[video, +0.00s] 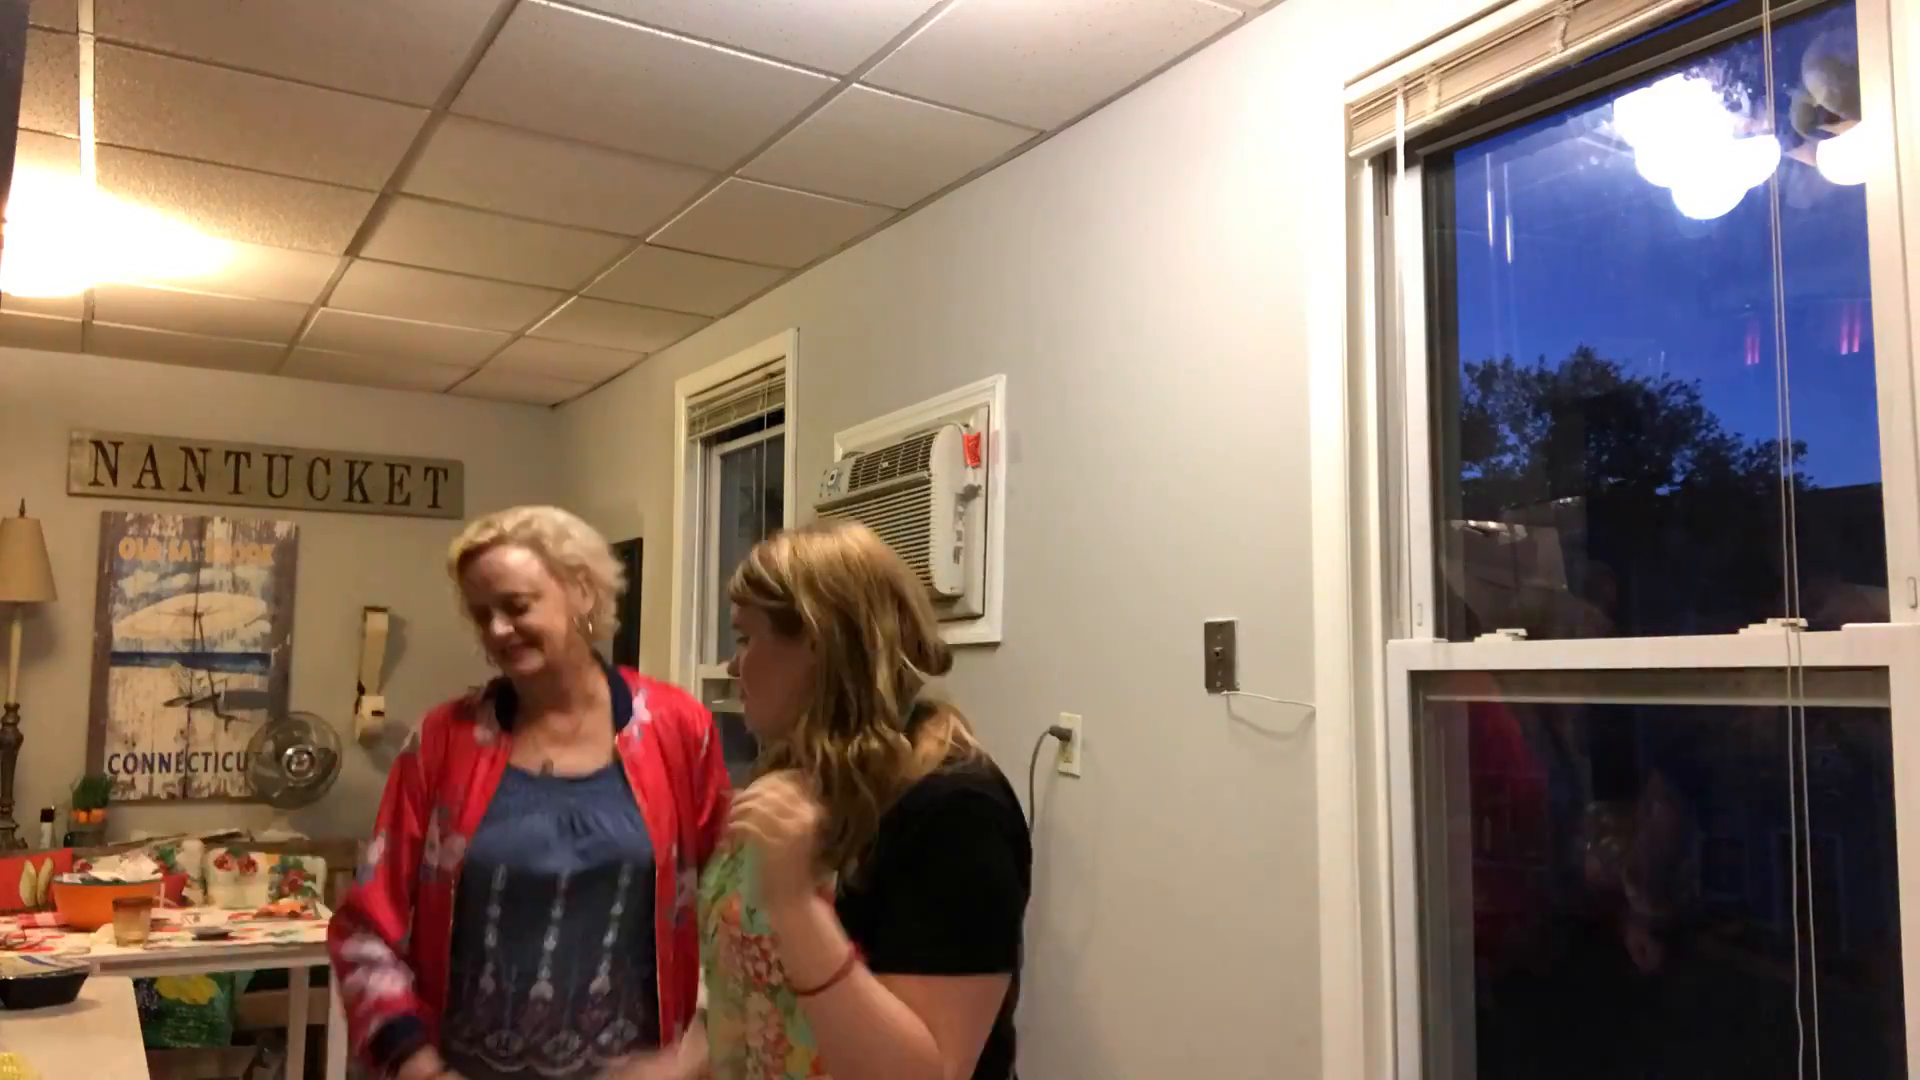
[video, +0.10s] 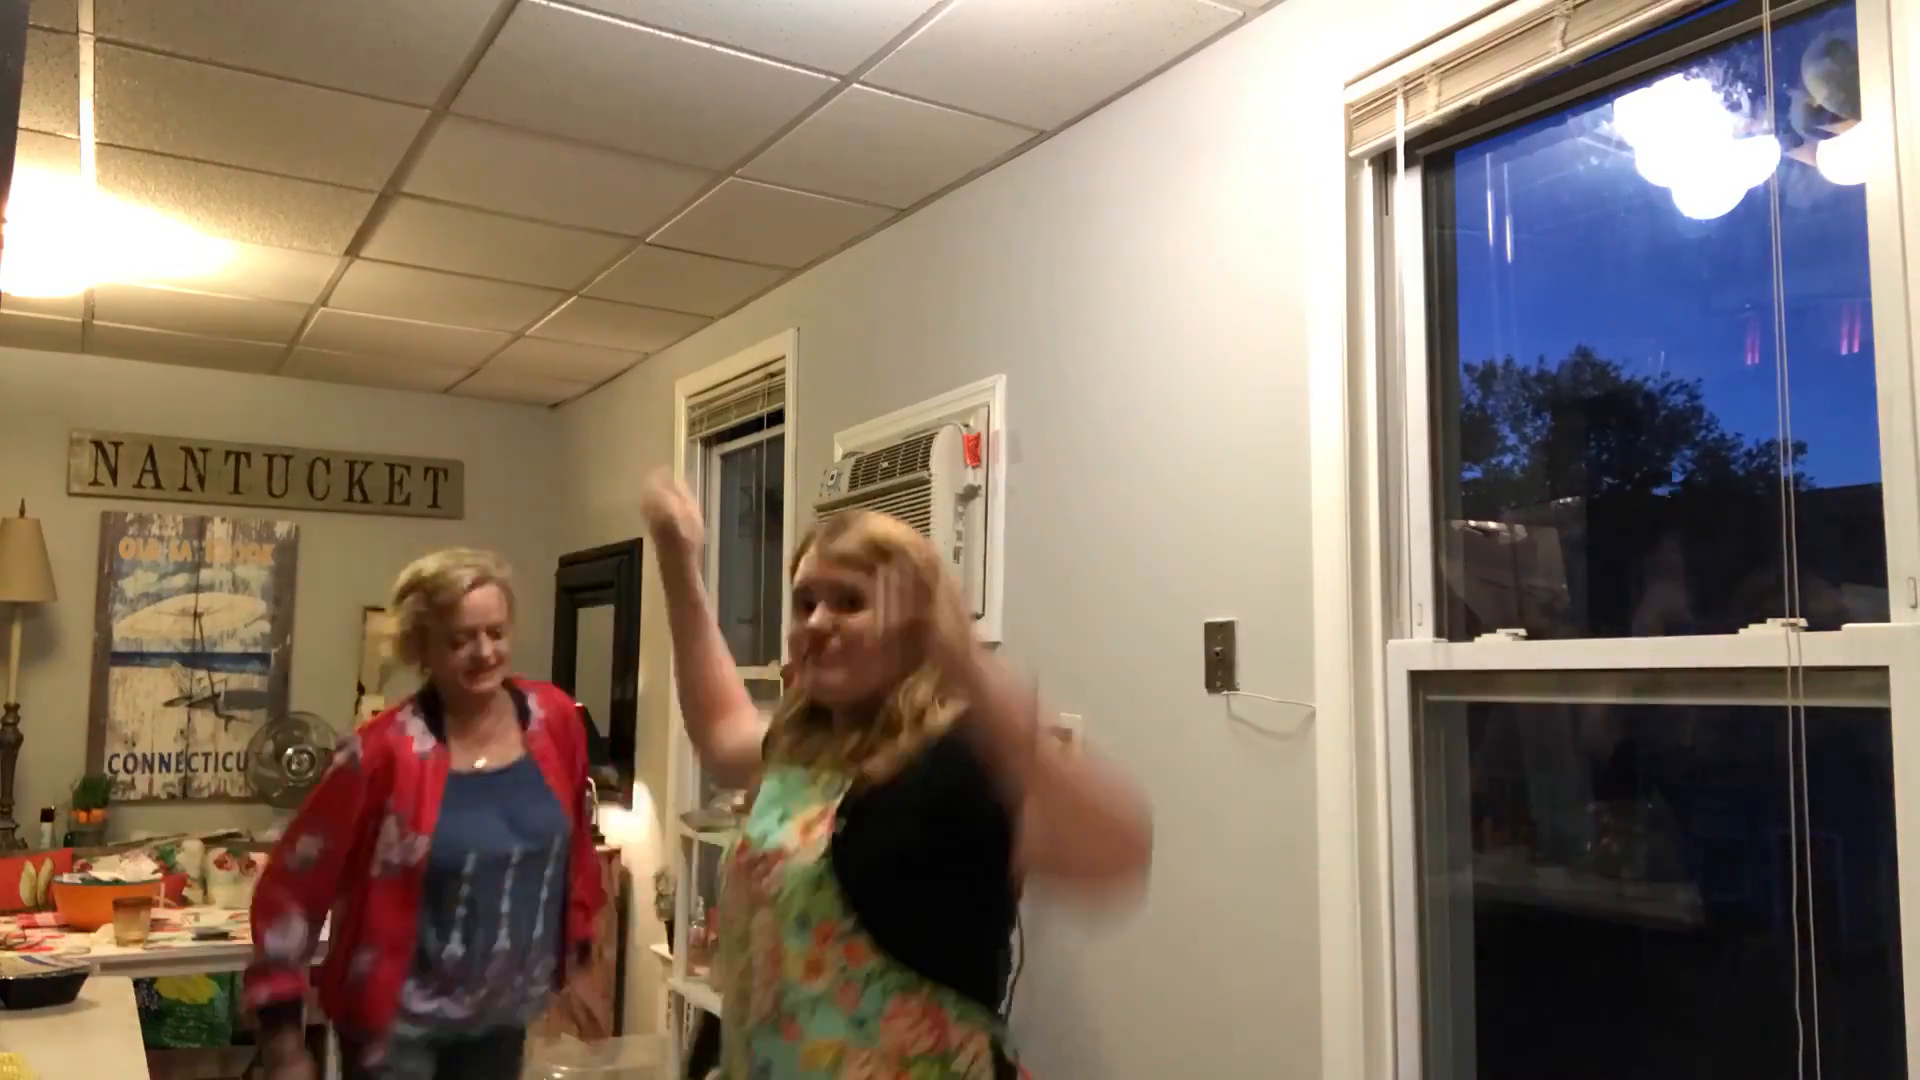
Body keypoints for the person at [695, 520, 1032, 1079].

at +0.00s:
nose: (733, 665)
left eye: (747, 638)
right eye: (740, 640)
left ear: (824, 641)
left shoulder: (957, 804)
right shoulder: (791, 780)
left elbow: (929, 1067)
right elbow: (738, 1004)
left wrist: (796, 901)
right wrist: (683, 1060)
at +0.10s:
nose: (817, 622)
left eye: (848, 602)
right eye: (807, 602)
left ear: (913, 620)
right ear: (790, 615)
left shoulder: (966, 754)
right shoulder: (796, 748)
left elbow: (1117, 850)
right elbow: (721, 733)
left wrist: (970, 665)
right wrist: (679, 567)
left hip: (907, 1060)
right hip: (762, 1058)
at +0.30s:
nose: (722, 655)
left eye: (739, 632)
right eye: (733, 629)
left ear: (798, 652)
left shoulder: (886, 838)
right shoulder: (827, 798)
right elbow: (722, 918)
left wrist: (638, 997)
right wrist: (571, 822)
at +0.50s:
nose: (715, 656)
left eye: (733, 633)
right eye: (724, 633)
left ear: (795, 652)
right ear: (780, 653)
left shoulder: (904, 811)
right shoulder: (748, 791)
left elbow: (946, 1053)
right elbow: (670, 939)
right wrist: (501, 843)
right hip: (681, 1062)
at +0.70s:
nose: (706, 657)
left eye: (725, 631)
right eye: (716, 632)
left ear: (783, 648)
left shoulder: (892, 798)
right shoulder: (741, 787)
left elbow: (921, 1045)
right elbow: (721, 963)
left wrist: (791, 856)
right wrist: (586, 912)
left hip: (807, 1066)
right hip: (694, 1060)